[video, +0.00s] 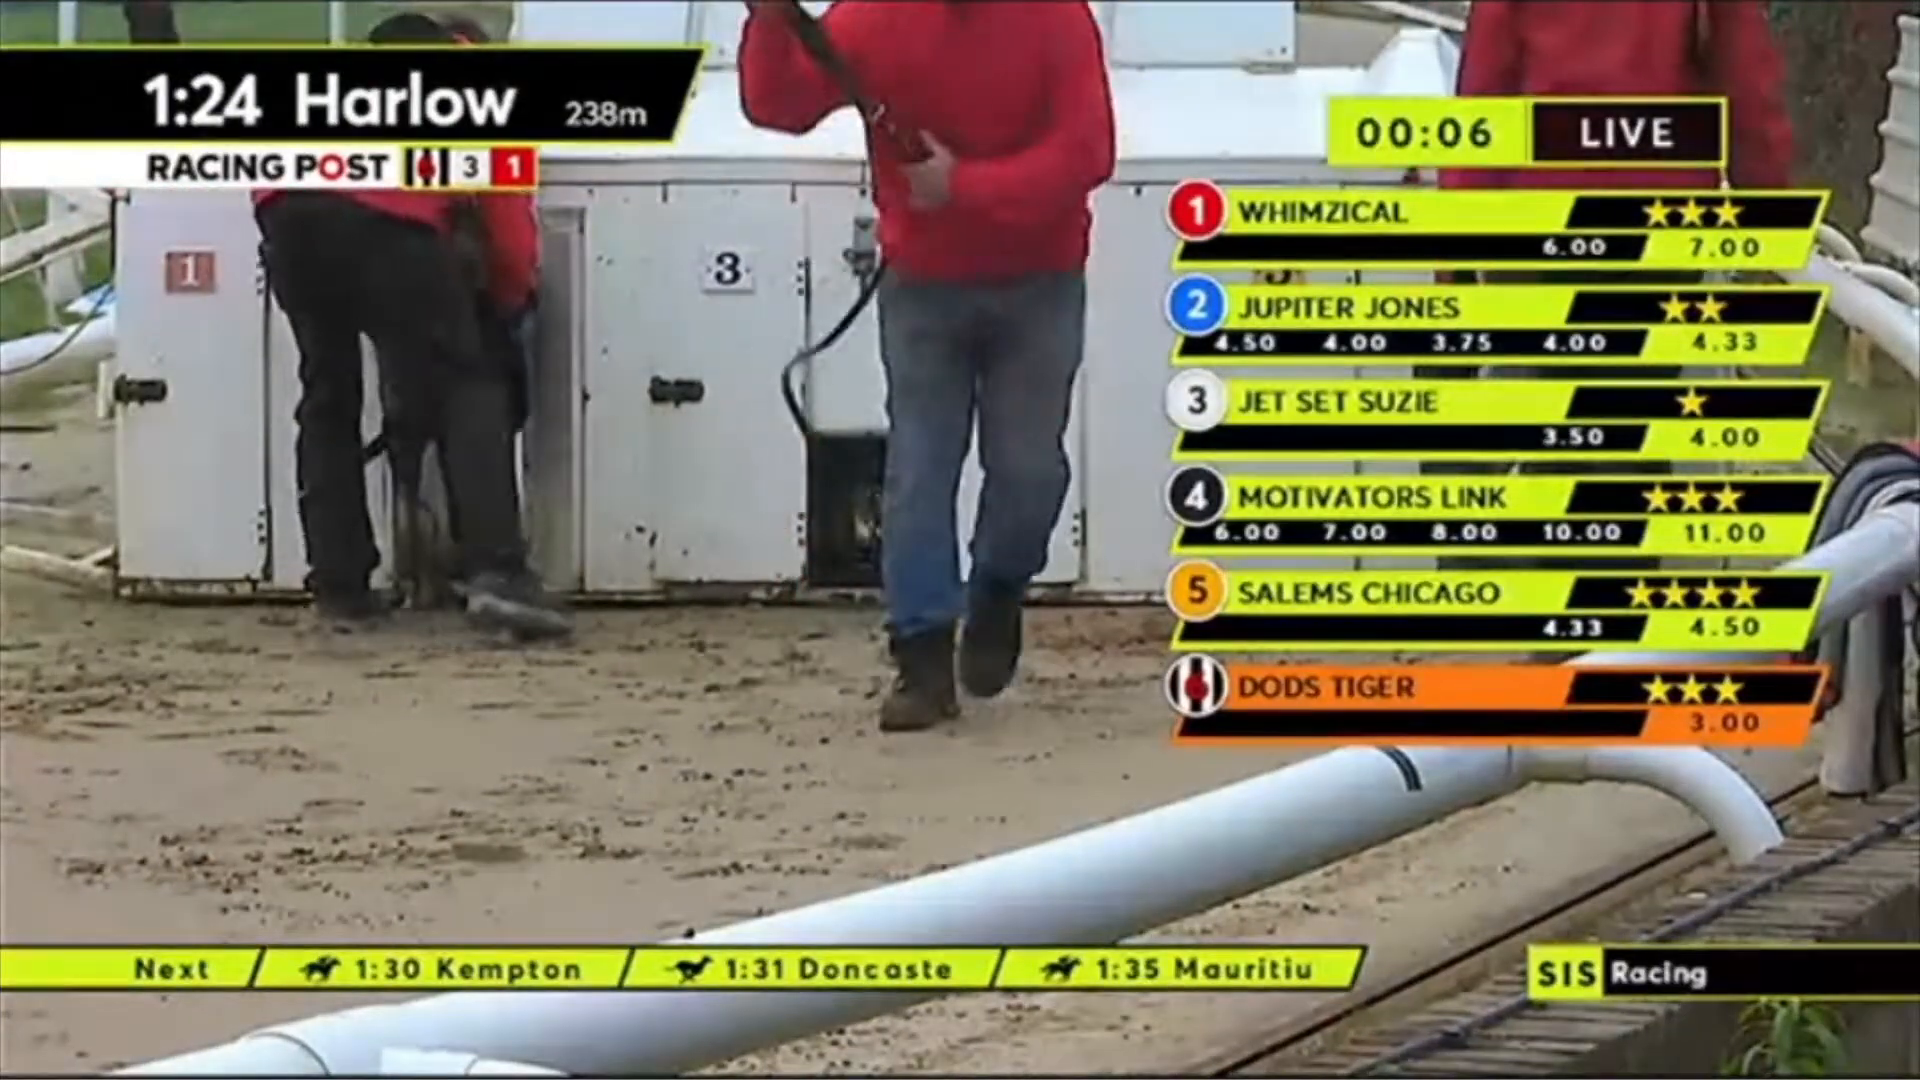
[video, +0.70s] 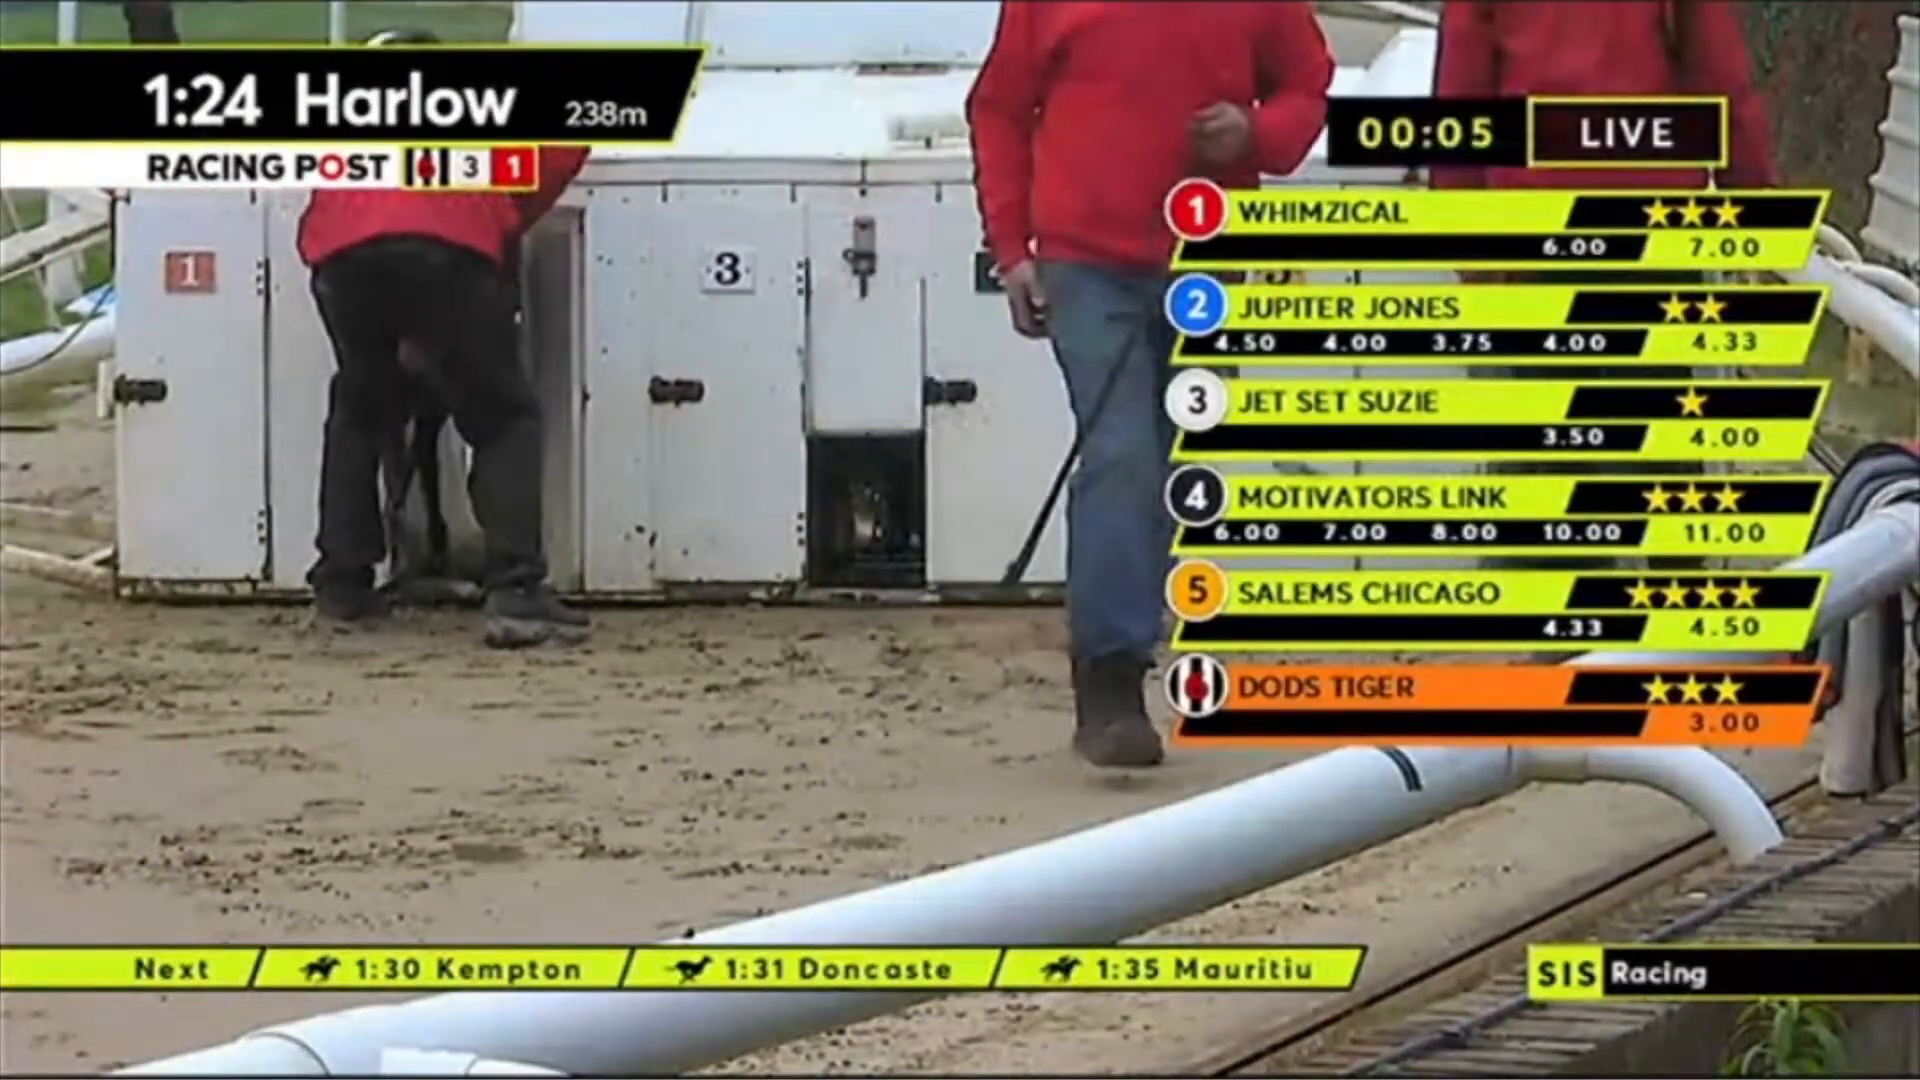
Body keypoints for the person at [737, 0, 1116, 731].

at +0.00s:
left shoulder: (1057, 18)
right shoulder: (877, 16)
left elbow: (1085, 153)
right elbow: (778, 104)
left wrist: (963, 181)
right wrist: (772, 16)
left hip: (1038, 278)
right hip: (922, 276)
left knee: (1027, 468)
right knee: (918, 467)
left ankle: (999, 595)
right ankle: (923, 665)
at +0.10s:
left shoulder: (1082, 11)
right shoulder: (879, 12)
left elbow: (1112, 127)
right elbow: (792, 49)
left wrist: (996, 188)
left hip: (1053, 261)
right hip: (933, 265)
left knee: (1055, 442)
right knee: (924, 463)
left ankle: (1025, 626)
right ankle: (923, 662)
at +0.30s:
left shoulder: (1130, 14)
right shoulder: (934, 11)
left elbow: (1169, 137)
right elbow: (842, 31)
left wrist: (1098, 192)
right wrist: (783, 4)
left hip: (1089, 278)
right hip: (968, 280)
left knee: (1094, 463)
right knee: (948, 464)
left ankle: (1105, 659)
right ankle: (932, 651)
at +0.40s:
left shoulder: (1179, 16)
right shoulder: (986, 12)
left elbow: (1220, 148)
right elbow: (879, 49)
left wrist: (1151, 160)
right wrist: (822, 106)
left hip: (1128, 289)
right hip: (1003, 289)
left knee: (1125, 488)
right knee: (970, 468)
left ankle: (1107, 692)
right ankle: (938, 623)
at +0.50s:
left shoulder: (1208, 14)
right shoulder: (1004, 13)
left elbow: (1247, 138)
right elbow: (900, 90)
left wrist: (1183, 140)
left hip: (1152, 290)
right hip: (1030, 289)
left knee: (1143, 497)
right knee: (1001, 479)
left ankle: (1109, 696)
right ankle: (969, 613)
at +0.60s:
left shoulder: (1243, 7)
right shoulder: (1029, 7)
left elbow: (1283, 97)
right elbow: (976, 113)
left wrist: (1224, 125)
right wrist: (992, 254)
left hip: (1184, 268)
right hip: (1064, 261)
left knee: (1157, 481)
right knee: (1074, 458)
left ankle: (1112, 690)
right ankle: (1039, 660)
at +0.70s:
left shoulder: (1266, 6)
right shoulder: (1048, 7)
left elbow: (1308, 88)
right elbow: (998, 107)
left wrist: (1258, 134)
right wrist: (1011, 249)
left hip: (1220, 264)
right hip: (1093, 259)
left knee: (1213, 461)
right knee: (1122, 453)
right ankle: (1111, 682)